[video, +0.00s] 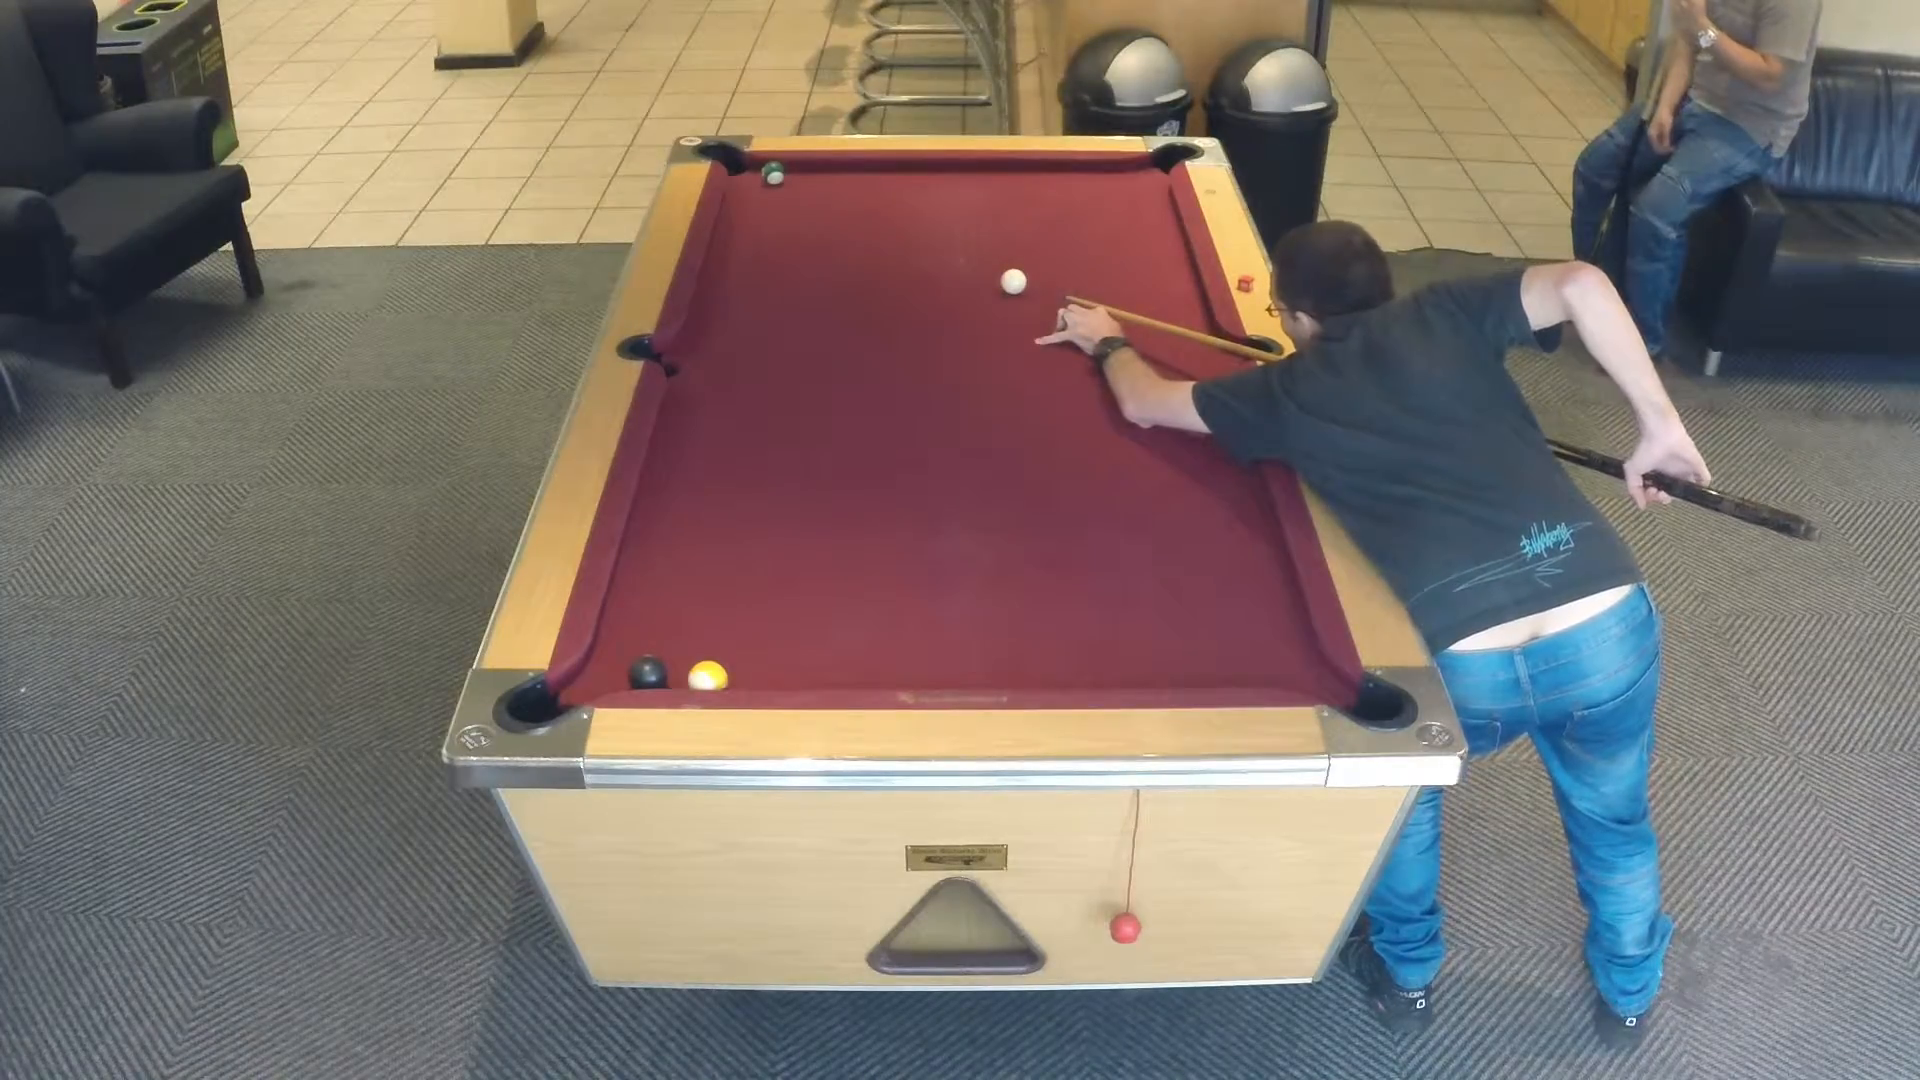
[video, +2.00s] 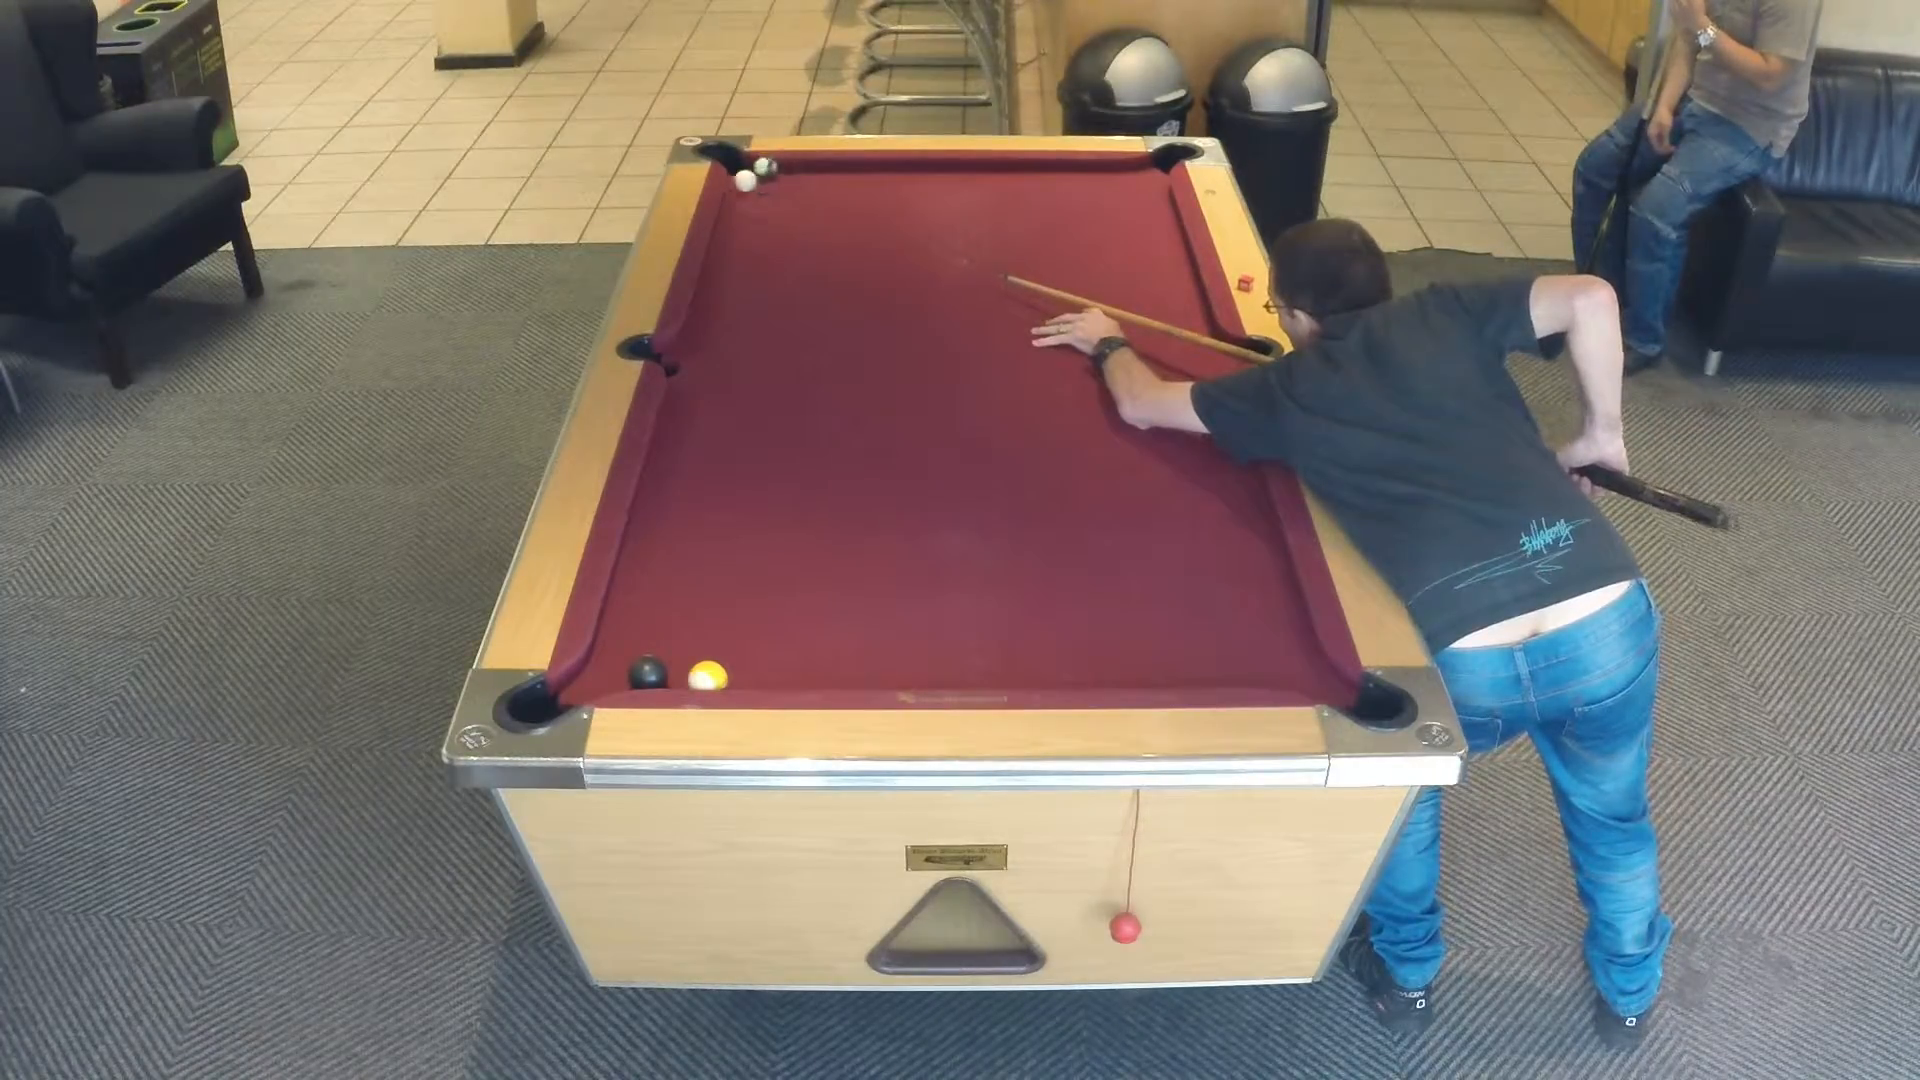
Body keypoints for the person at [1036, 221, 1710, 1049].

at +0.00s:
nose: (1278, 316)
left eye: (1280, 305)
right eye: (1280, 303)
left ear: (1302, 319)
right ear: (1385, 287)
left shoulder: (1288, 390)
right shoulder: (1451, 310)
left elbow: (1146, 402)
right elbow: (1581, 284)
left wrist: (1108, 341)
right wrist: (1661, 420)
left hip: (1464, 662)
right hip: (1605, 620)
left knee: (1402, 774)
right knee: (1617, 819)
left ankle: (1409, 967)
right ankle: (1631, 989)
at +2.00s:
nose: (1278, 313)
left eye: (1280, 302)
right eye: (1278, 301)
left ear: (1298, 316)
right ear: (1385, 290)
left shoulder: (1286, 389)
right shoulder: (1450, 313)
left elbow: (1141, 399)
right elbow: (1589, 297)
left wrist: (1105, 341)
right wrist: (1603, 428)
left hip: (1468, 661)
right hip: (1606, 623)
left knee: (1394, 763)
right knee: (1615, 819)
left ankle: (1407, 966)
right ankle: (1631, 990)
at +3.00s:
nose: (1341, 189)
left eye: (1346, 175)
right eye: (1346, 171)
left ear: (1370, 194)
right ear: (1463, 180)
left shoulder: (1343, 300)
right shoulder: (1550, 251)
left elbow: (1277, 466)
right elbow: (1702, 385)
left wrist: (1247, 378)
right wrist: (1604, 446)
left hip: (1508, 640)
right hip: (1652, 621)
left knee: (1424, 780)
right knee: (1610, 831)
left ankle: (1404, 966)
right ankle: (1605, 1019)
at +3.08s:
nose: (1370, 167)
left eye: (1376, 154)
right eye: (1374, 150)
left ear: (1398, 176)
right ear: (1494, 163)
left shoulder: (1365, 295)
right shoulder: (1584, 245)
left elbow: (1341, 493)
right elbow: (1719, 394)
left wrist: (1374, 413)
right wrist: (1611, 453)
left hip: (1519, 637)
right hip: (1662, 621)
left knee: (1436, 792)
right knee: (1606, 841)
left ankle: (1403, 973)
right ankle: (1602, 1042)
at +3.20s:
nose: (1419, 149)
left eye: (1430, 138)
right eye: (1426, 132)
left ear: (1464, 166)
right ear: (1548, 147)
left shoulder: (1420, 297)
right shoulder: (1636, 248)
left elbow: (1416, 510)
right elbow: (1743, 423)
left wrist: (1503, 473)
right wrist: (1638, 464)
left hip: (1546, 661)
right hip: (1684, 639)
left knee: (1450, 817)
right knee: (1606, 859)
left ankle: (1402, 969)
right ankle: (1613, 1060)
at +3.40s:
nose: (1504, 176)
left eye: (1521, 161)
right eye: (1510, 155)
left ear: (1582, 182)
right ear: (1638, 176)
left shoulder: (1556, 340)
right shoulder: (1737, 285)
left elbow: (1503, 578)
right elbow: (1753, 454)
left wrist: (1470, 497)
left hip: (1597, 728)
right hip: (1723, 706)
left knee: (1473, 865)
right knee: (1622, 911)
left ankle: (1404, 985)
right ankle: (1612, 1066)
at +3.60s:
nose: (1551, 202)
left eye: (1577, 192)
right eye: (1561, 180)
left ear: (1656, 227)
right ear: (1676, 227)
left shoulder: (1635, 393)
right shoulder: (1771, 312)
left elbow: (1632, 661)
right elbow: (1757, 510)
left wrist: (1539, 622)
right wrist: (1611, 589)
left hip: (1634, 773)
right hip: (1741, 724)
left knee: (1477, 967)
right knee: (1629, 946)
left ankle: (1454, 1069)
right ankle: (1615, 1068)